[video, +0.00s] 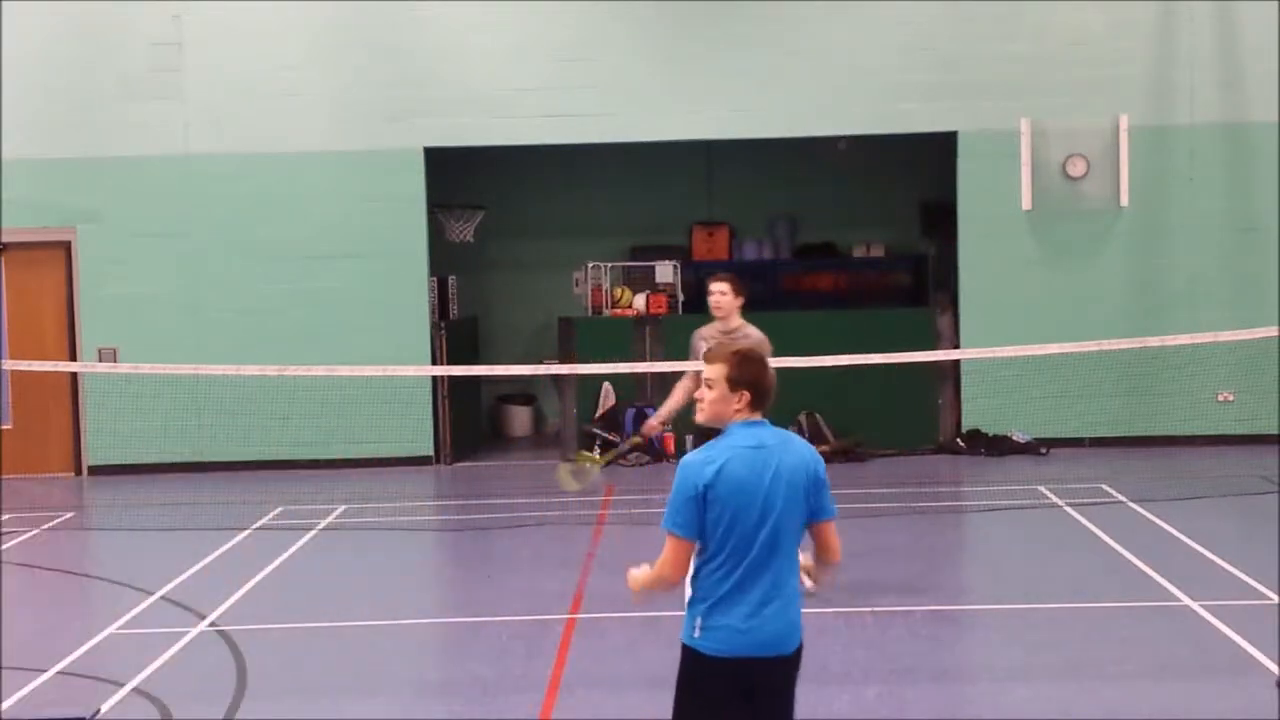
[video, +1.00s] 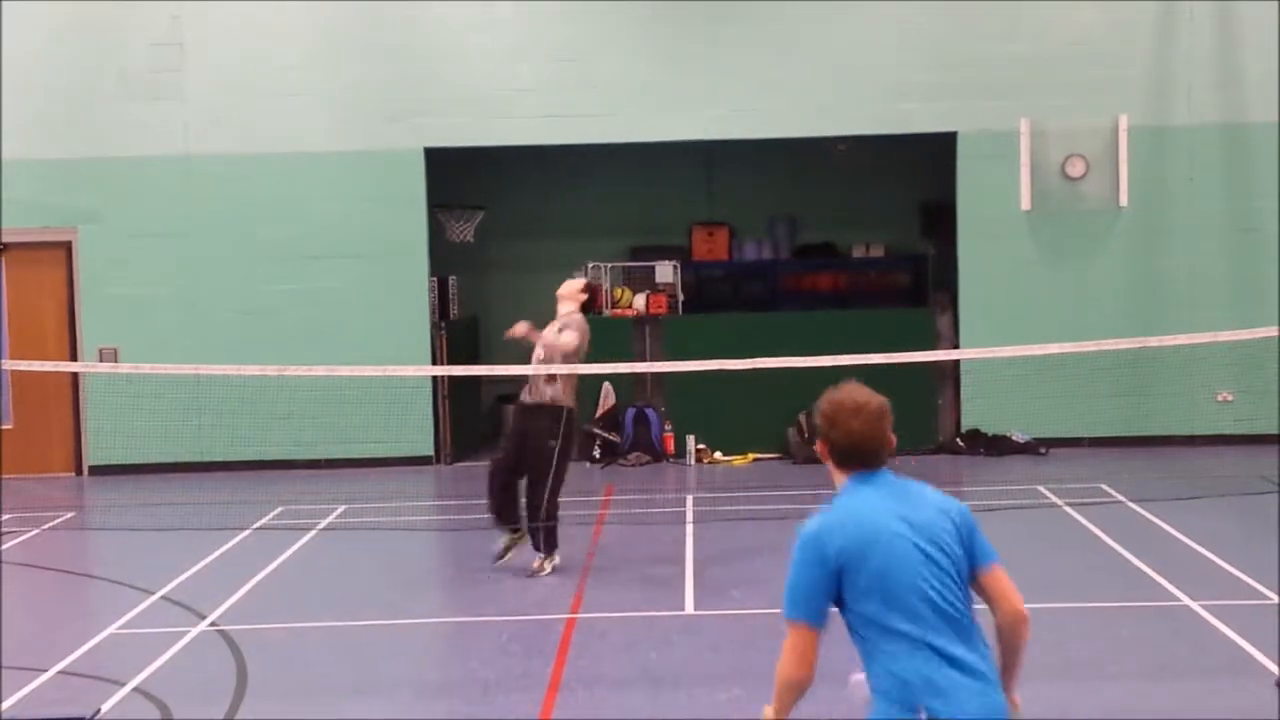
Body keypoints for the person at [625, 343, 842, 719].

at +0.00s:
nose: (697, 394)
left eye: (708, 386)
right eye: (701, 384)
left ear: (741, 399)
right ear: (744, 399)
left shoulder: (699, 465)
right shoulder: (804, 455)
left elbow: (671, 571)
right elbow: (829, 552)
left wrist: (644, 578)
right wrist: (812, 570)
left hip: (714, 648)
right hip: (780, 645)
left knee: (696, 713)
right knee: (774, 713)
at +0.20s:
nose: (699, 399)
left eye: (708, 389)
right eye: (702, 388)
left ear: (739, 399)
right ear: (744, 398)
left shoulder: (701, 469)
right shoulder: (817, 457)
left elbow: (677, 581)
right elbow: (852, 557)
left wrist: (661, 625)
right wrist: (840, 609)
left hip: (732, 662)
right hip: (805, 658)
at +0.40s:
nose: (730, 400)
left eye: (731, 393)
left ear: (737, 401)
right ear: (795, 397)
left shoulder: (717, 481)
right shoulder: (838, 464)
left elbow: (697, 596)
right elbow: (870, 571)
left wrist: (696, 671)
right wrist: (862, 627)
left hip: (759, 675)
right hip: (834, 672)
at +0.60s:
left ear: (768, 428)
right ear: (831, 420)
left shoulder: (763, 502)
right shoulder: (884, 485)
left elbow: (772, 618)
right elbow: (927, 590)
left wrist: (750, 705)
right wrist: (919, 668)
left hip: (804, 700)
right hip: (883, 695)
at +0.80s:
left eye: (779, 398)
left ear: (785, 408)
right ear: (851, 399)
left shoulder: (789, 478)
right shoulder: (909, 457)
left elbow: (780, 606)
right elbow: (963, 558)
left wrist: (755, 693)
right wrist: (953, 638)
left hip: (861, 678)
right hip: (938, 671)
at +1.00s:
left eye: (817, 438)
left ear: (822, 450)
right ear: (892, 442)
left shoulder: (825, 531)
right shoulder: (945, 507)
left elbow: (797, 672)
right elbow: (1014, 614)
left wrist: (777, 711)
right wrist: (1007, 688)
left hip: (904, 709)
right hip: (984, 704)